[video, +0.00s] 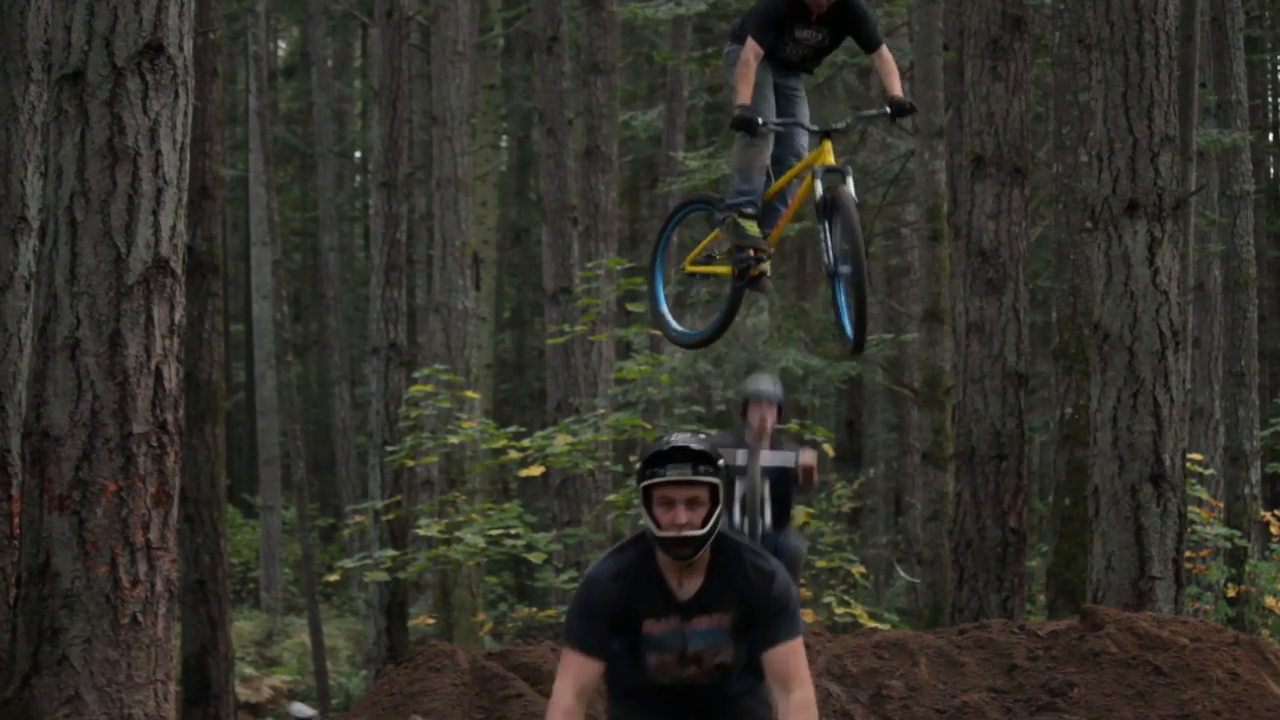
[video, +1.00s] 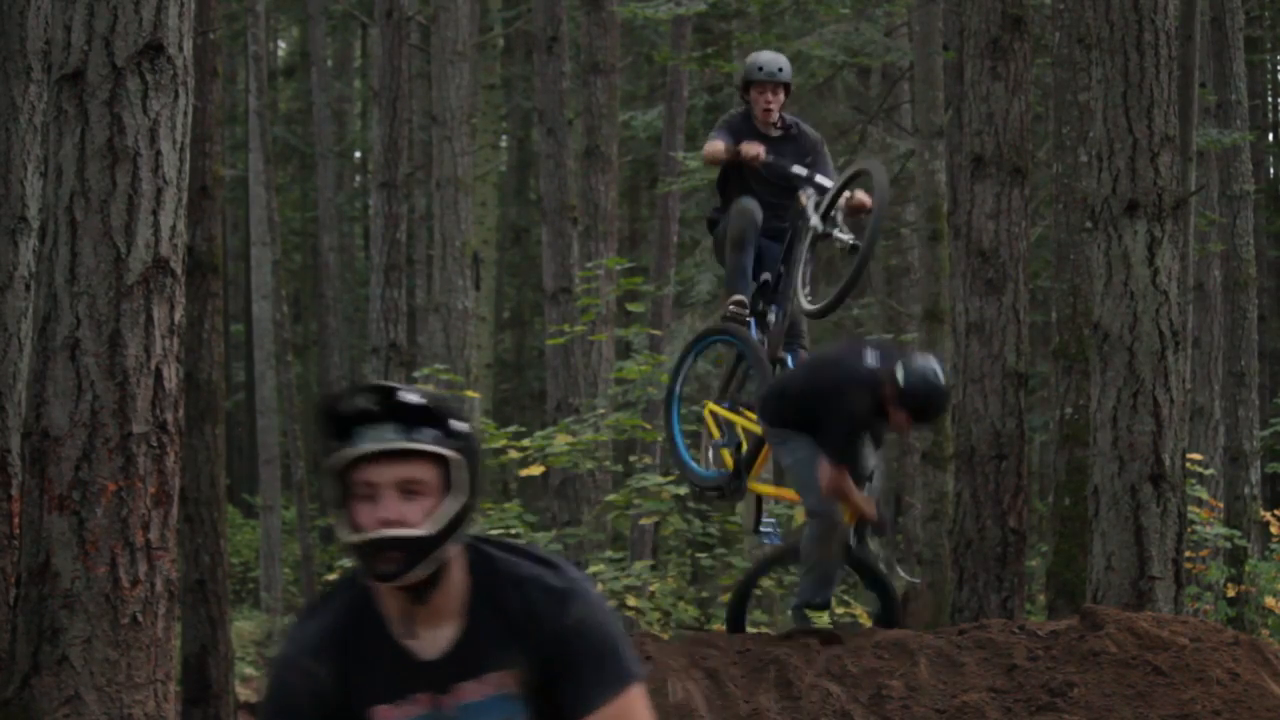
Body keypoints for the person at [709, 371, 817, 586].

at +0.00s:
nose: (763, 413)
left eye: (770, 406)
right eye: (757, 405)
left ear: (778, 413)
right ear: (745, 411)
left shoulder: (787, 452)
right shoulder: (726, 449)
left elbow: (803, 491)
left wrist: (807, 472)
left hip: (773, 534)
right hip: (732, 532)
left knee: (793, 548)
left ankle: (785, 611)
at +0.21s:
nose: (764, 323)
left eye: (770, 317)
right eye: (759, 315)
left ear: (777, 322)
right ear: (747, 317)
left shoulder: (787, 356)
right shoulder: (731, 347)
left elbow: (804, 378)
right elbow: (697, 355)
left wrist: (811, 386)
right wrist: (709, 360)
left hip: (766, 445)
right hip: (724, 437)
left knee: (794, 471)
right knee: (724, 428)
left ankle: (782, 542)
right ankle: (720, 494)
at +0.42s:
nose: (761, 229)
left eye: (767, 222)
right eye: (756, 220)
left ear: (778, 228)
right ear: (744, 223)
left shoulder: (785, 267)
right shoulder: (728, 254)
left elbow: (801, 311)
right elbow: (694, 269)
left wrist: (814, 342)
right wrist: (709, 282)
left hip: (772, 350)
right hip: (728, 340)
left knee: (785, 414)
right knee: (728, 368)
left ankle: (783, 490)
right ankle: (726, 430)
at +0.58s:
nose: (755, 180)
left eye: (762, 174)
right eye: (750, 172)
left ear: (775, 178)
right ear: (742, 174)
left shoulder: (785, 220)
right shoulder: (729, 207)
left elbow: (798, 265)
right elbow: (691, 229)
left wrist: (803, 289)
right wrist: (711, 244)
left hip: (770, 306)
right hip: (730, 299)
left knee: (779, 377)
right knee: (729, 322)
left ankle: (783, 457)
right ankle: (730, 383)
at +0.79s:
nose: (764, 116)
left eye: (771, 109)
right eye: (756, 109)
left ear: (781, 114)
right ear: (744, 114)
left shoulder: (800, 164)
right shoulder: (729, 149)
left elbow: (815, 218)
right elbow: (700, 174)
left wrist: (828, 240)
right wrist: (720, 189)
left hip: (780, 251)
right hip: (733, 248)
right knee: (742, 269)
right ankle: (739, 347)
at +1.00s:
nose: (769, 99)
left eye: (776, 92)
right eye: (761, 91)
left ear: (786, 95)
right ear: (747, 94)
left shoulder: (807, 140)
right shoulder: (734, 124)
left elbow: (829, 191)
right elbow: (710, 152)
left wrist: (851, 200)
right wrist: (737, 153)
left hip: (783, 244)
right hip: (736, 236)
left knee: (792, 330)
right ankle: (738, 298)